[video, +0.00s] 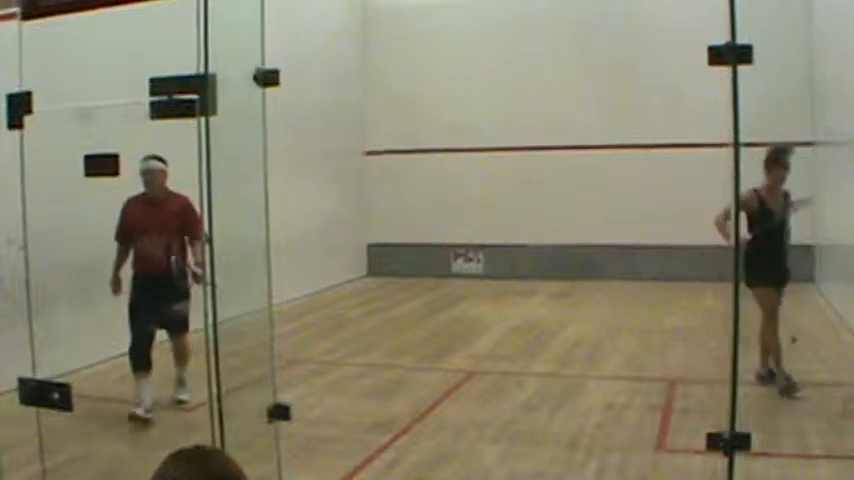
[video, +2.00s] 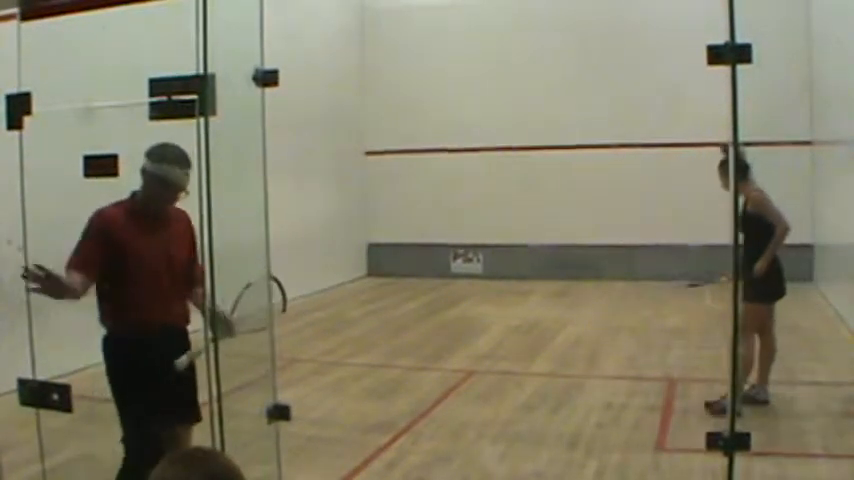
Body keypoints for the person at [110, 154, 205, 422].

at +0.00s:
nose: (151, 180)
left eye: (156, 174)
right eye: (146, 175)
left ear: (166, 175)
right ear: (141, 178)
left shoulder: (181, 205)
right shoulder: (132, 207)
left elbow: (197, 237)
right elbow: (124, 243)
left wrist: (199, 264)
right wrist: (116, 272)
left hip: (174, 279)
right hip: (144, 280)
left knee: (179, 335)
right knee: (140, 341)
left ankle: (182, 382)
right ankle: (144, 402)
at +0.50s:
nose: (130, 182)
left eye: (135, 176)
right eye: (125, 177)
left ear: (144, 177)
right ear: (118, 178)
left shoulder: (160, 209)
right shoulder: (105, 210)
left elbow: (174, 251)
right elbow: (89, 246)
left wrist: (184, 287)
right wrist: (74, 270)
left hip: (152, 290)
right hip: (119, 291)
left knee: (149, 353)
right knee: (126, 355)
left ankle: (153, 413)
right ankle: (139, 409)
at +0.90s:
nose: (126, 179)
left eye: (133, 173)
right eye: (122, 172)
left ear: (145, 174)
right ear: (115, 174)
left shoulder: (160, 210)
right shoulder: (100, 210)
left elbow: (177, 256)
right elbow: (90, 258)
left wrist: (182, 295)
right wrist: (84, 296)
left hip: (148, 301)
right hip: (110, 302)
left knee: (146, 373)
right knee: (107, 376)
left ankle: (146, 441)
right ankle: (115, 447)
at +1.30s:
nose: (119, 183)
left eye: (126, 177)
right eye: (114, 176)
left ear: (137, 178)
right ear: (103, 178)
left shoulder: (152, 216)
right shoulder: (86, 221)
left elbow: (168, 266)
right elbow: (58, 269)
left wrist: (174, 300)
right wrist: (32, 306)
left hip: (143, 318)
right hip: (102, 320)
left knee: (149, 396)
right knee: (107, 399)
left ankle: (147, 459)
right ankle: (116, 472)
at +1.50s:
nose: (128, 181)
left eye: (136, 175)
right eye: (122, 174)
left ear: (147, 178)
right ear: (110, 174)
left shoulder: (159, 219)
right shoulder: (88, 219)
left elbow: (175, 272)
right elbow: (39, 258)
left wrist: (187, 300)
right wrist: (5, 266)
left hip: (149, 328)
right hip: (105, 330)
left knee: (156, 413)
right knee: (108, 415)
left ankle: (162, 475)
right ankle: (116, 473)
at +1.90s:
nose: (169, 195)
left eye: (174, 188)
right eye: (162, 185)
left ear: (180, 187)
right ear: (143, 179)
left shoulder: (183, 225)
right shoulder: (107, 221)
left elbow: (194, 284)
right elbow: (66, 263)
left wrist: (212, 317)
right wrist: (28, 258)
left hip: (173, 338)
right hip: (126, 342)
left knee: (178, 435)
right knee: (136, 445)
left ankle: (177, 479)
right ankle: (121, 476)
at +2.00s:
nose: (173, 196)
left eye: (179, 189)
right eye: (167, 186)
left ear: (183, 188)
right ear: (146, 177)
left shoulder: (180, 222)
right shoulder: (109, 222)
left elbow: (193, 283)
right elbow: (79, 280)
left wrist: (213, 314)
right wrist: (61, 287)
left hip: (173, 340)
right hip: (128, 346)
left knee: (179, 443)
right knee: (144, 450)